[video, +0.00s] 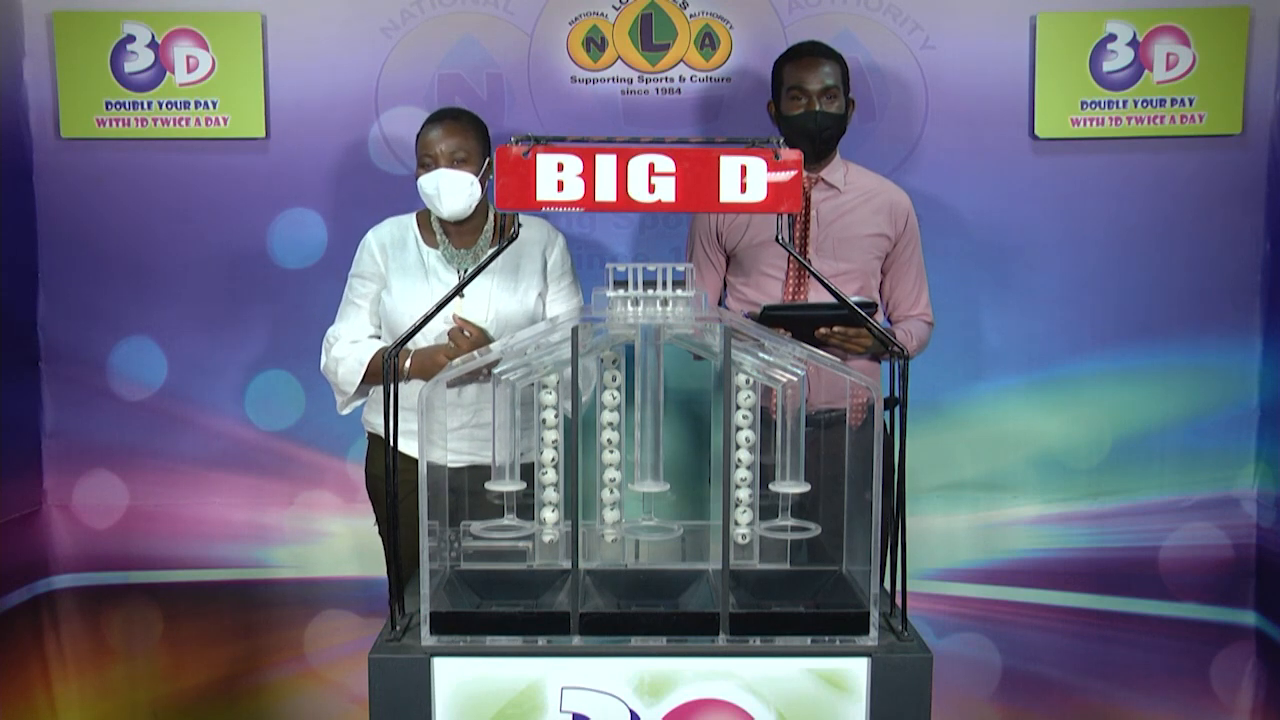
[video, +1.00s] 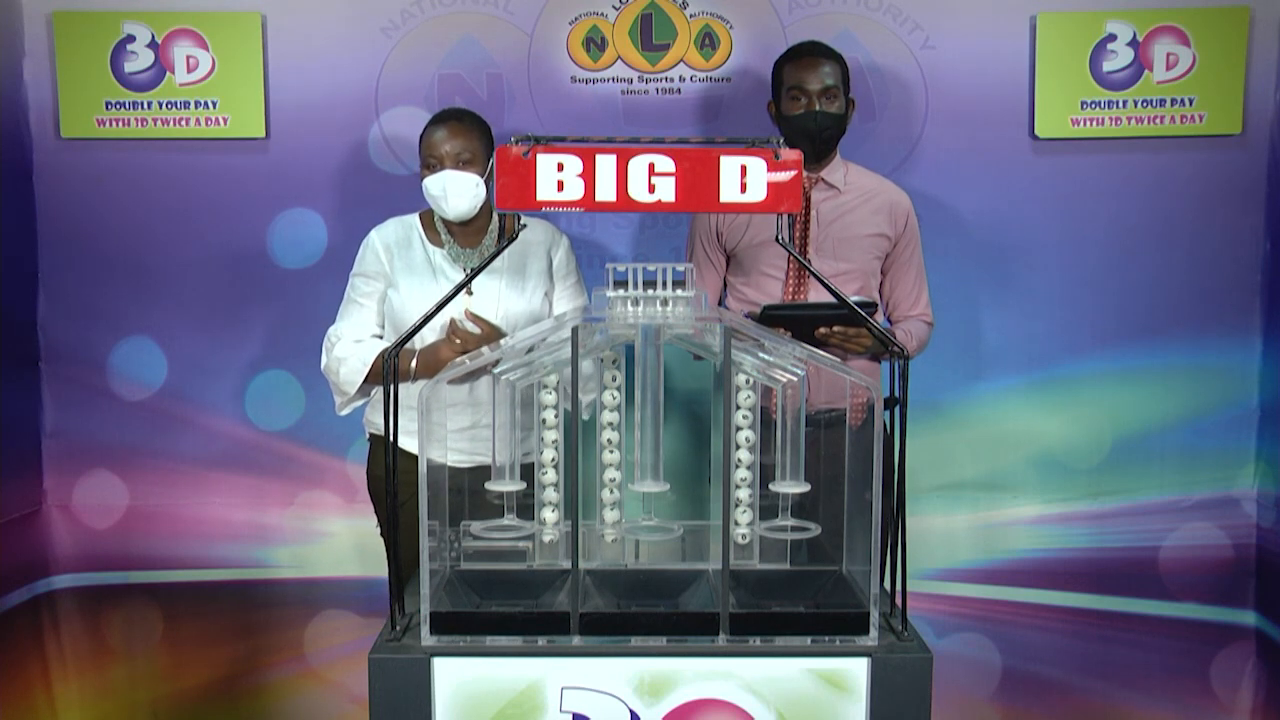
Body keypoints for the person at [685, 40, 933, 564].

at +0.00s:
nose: (814, 109)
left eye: (829, 95)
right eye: (796, 96)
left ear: (848, 107)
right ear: (774, 109)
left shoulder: (888, 205)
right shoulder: (727, 201)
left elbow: (915, 321)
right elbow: (695, 319)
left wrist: (876, 341)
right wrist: (757, 338)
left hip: (842, 417)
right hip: (751, 418)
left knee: (844, 581)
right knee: (752, 580)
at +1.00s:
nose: (814, 109)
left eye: (829, 95)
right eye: (797, 96)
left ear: (848, 107)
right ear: (775, 109)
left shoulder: (888, 205)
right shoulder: (727, 201)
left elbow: (915, 321)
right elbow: (695, 318)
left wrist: (876, 341)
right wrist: (758, 338)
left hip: (842, 417)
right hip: (751, 418)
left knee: (844, 581)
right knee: (752, 580)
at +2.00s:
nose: (813, 108)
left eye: (828, 94)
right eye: (796, 95)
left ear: (848, 108)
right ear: (774, 109)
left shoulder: (888, 204)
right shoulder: (726, 200)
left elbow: (914, 320)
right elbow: (696, 318)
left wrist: (876, 342)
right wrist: (761, 340)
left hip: (843, 416)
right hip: (752, 416)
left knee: (844, 580)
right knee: (753, 578)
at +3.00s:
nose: (812, 107)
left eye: (828, 94)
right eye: (795, 95)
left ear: (848, 108)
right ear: (774, 109)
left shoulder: (888, 205)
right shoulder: (726, 200)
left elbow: (914, 320)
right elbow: (696, 318)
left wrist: (876, 341)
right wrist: (761, 340)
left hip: (843, 415)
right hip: (752, 415)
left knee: (844, 579)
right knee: (753, 577)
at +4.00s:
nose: (813, 107)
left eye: (828, 94)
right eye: (796, 95)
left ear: (848, 108)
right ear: (774, 109)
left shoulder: (887, 205)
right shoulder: (726, 200)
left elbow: (915, 320)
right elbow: (696, 318)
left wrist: (876, 341)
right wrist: (760, 337)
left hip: (843, 417)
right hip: (752, 417)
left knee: (844, 581)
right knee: (753, 579)